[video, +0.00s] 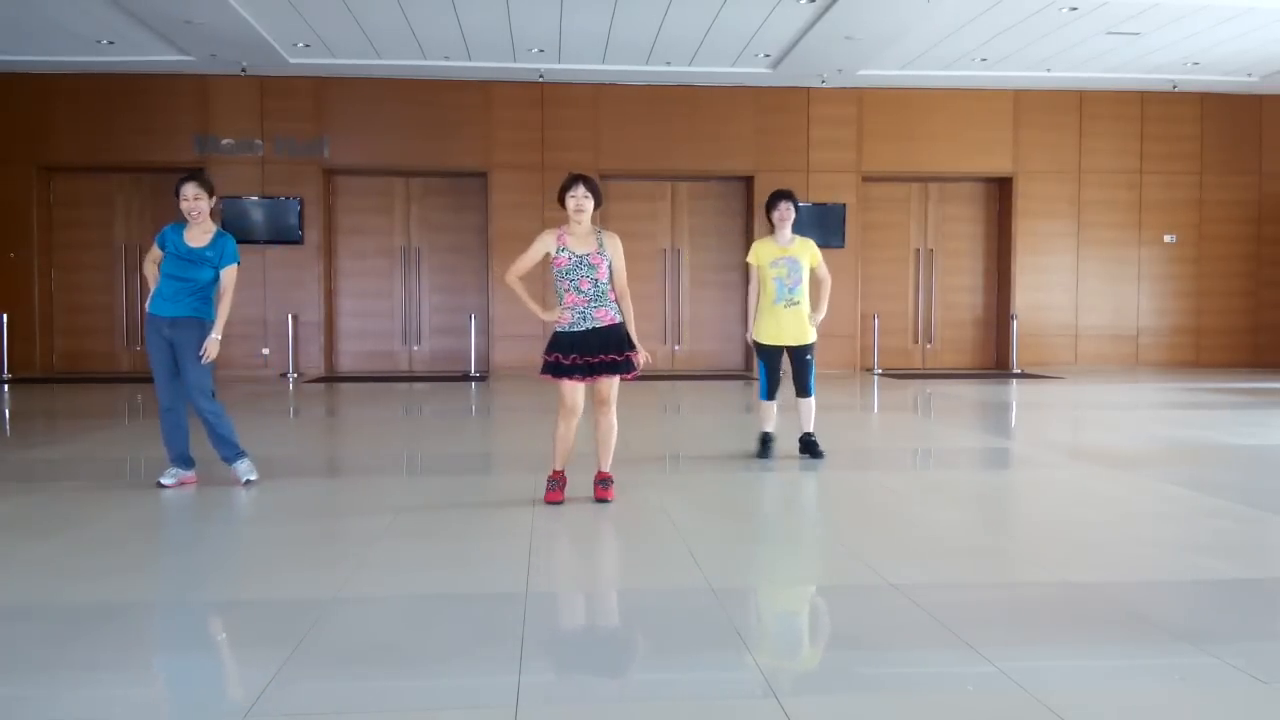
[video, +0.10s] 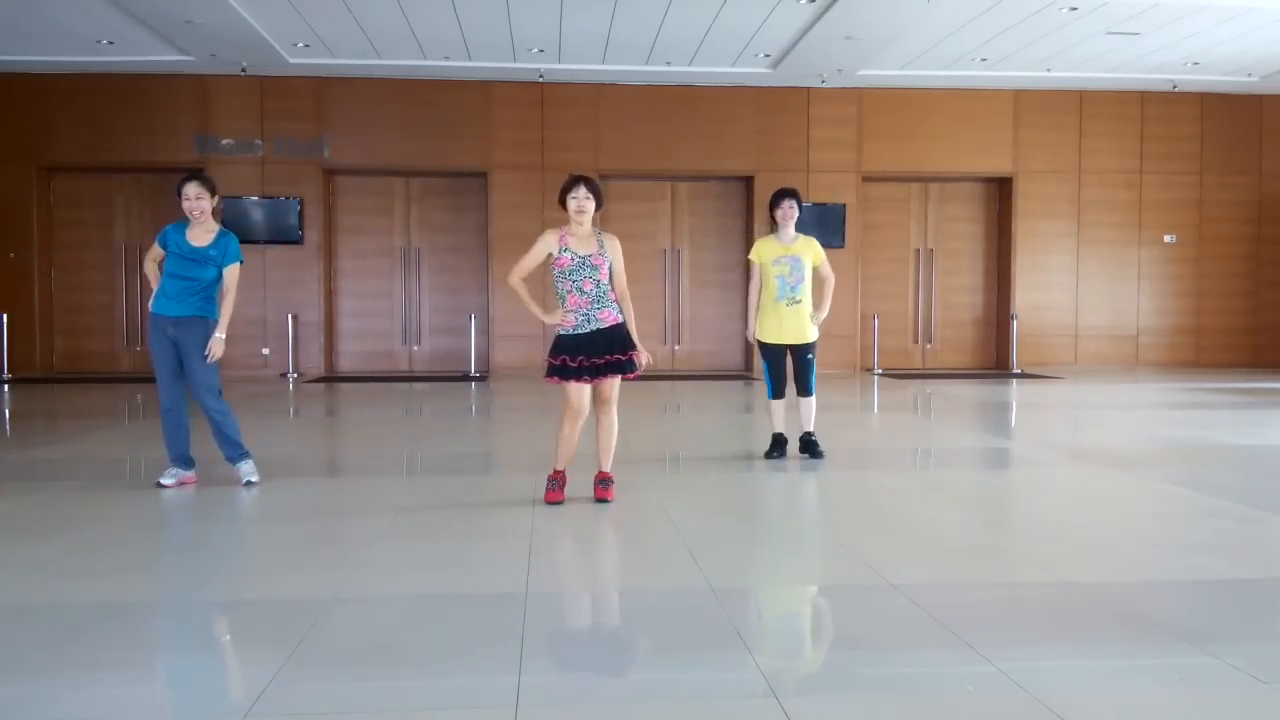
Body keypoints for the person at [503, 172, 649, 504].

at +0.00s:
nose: (580, 202)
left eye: (586, 197)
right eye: (573, 196)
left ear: (595, 203)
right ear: (564, 203)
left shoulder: (610, 241)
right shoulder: (550, 240)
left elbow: (622, 292)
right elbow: (511, 276)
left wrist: (634, 341)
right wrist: (541, 312)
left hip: (609, 333)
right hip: (569, 335)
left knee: (606, 405)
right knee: (570, 408)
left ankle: (604, 476)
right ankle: (557, 476)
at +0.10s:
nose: (581, 203)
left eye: (587, 198)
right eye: (574, 198)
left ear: (596, 204)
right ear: (565, 204)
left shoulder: (610, 243)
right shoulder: (552, 240)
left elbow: (623, 294)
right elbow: (514, 277)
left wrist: (635, 343)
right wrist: (543, 315)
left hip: (611, 333)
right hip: (572, 336)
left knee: (607, 405)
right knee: (576, 408)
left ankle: (605, 476)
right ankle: (558, 475)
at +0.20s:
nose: (582, 204)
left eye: (588, 199)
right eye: (575, 199)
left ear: (596, 205)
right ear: (565, 205)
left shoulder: (608, 245)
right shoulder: (554, 240)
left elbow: (621, 294)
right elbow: (517, 278)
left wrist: (635, 344)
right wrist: (545, 317)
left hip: (612, 334)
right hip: (575, 337)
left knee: (608, 408)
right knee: (583, 411)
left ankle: (605, 476)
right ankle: (558, 475)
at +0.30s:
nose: (581, 205)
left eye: (587, 200)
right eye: (574, 200)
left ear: (595, 207)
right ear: (564, 207)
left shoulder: (604, 247)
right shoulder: (555, 240)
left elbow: (618, 296)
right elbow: (520, 279)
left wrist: (634, 344)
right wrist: (546, 318)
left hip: (611, 334)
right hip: (575, 338)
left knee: (607, 408)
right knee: (586, 411)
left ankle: (604, 476)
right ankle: (555, 475)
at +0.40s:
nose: (579, 205)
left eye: (586, 200)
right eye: (572, 200)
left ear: (594, 207)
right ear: (563, 207)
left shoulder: (600, 248)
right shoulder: (555, 239)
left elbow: (615, 298)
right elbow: (521, 276)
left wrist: (632, 344)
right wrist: (547, 316)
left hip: (607, 334)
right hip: (573, 338)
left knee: (604, 407)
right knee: (584, 409)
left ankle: (603, 476)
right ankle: (550, 475)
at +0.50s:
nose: (578, 203)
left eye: (583, 198)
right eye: (570, 198)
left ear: (592, 205)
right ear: (560, 205)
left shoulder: (597, 247)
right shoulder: (554, 237)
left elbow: (610, 296)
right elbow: (518, 271)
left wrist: (629, 342)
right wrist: (547, 308)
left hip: (601, 334)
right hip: (567, 336)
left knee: (599, 406)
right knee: (577, 409)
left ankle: (602, 476)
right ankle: (549, 477)